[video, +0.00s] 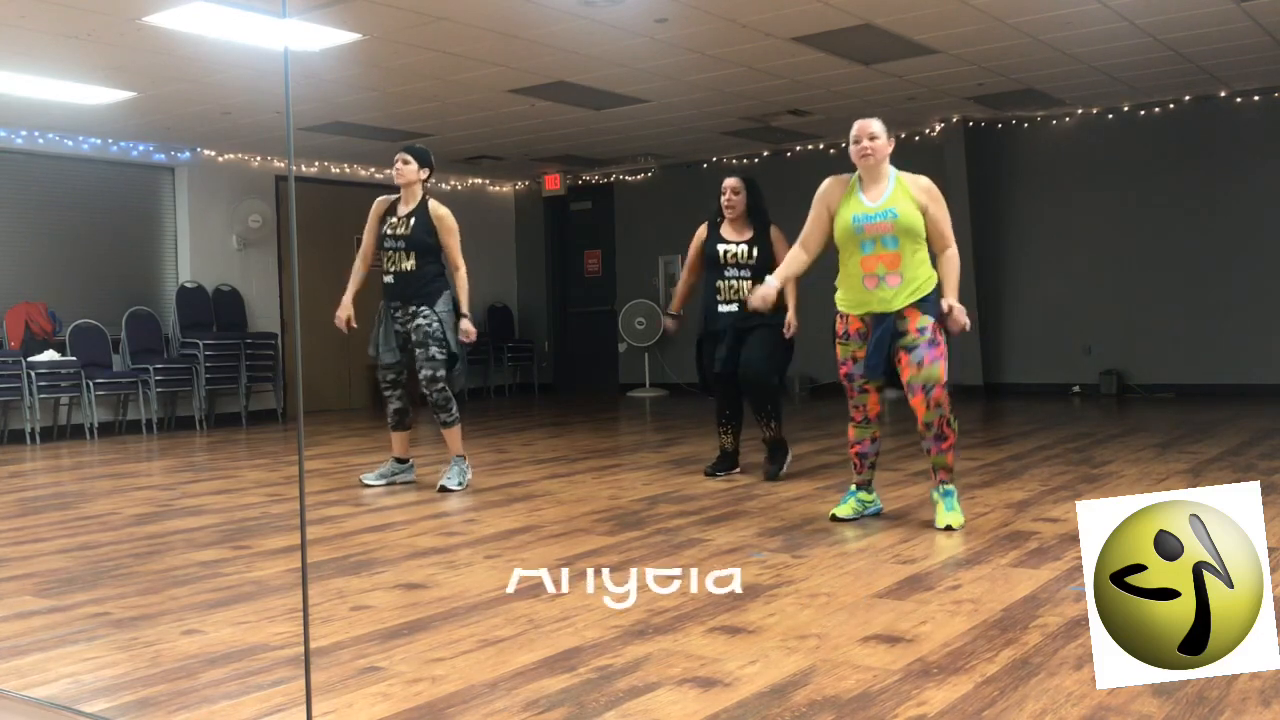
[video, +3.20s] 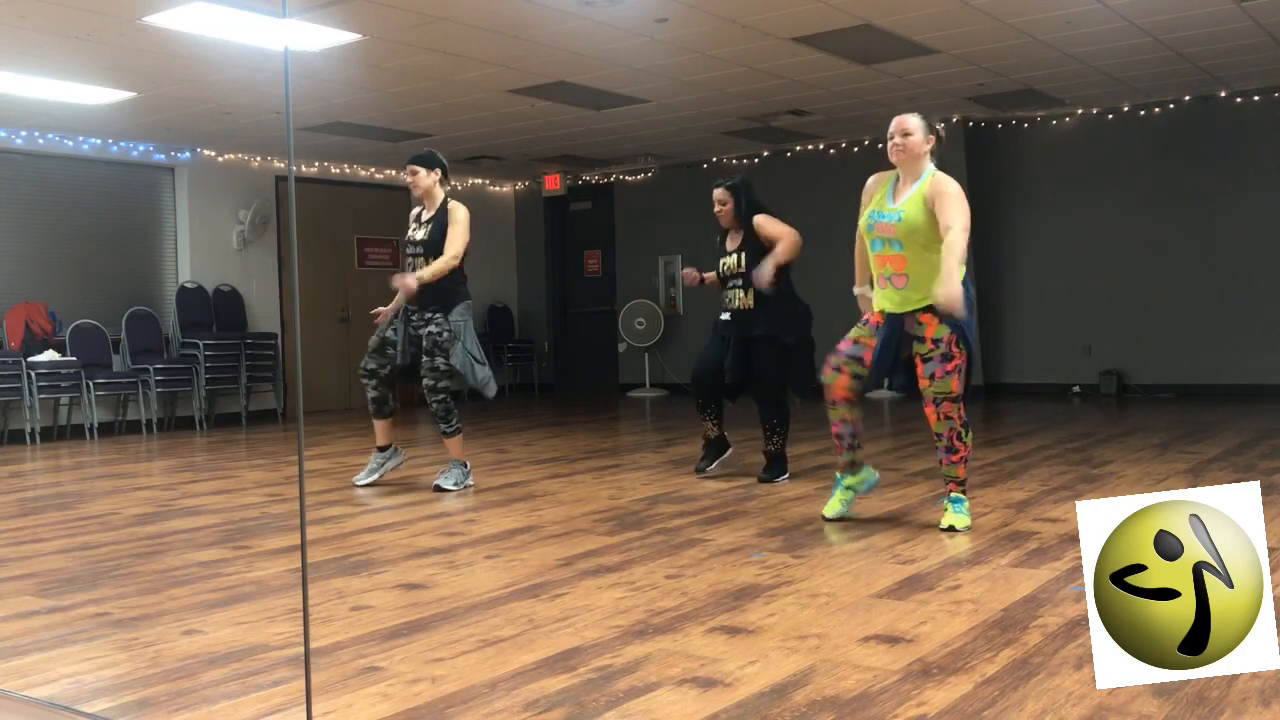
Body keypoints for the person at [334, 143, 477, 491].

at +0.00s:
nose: (397, 168)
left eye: (405, 163)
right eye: (395, 163)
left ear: (424, 172)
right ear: (392, 171)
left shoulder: (439, 214)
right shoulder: (382, 207)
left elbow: (457, 267)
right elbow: (364, 257)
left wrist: (464, 315)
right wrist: (347, 298)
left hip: (430, 310)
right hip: (392, 311)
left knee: (433, 383)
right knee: (392, 384)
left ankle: (459, 462)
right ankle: (400, 463)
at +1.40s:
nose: (386, 176)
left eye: (394, 172)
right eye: (385, 170)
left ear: (411, 182)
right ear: (382, 178)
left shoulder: (426, 219)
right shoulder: (366, 214)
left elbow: (444, 268)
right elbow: (346, 262)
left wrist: (441, 287)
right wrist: (327, 308)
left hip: (420, 312)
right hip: (382, 316)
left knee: (428, 378)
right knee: (380, 387)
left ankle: (454, 455)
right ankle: (400, 464)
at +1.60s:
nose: (392, 169)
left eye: (400, 164)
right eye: (391, 164)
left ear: (420, 171)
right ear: (391, 172)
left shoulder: (435, 209)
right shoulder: (384, 208)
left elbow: (441, 265)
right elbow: (384, 260)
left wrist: (398, 270)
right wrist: (376, 302)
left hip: (427, 310)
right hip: (390, 311)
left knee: (435, 386)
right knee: (392, 385)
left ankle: (456, 465)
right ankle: (400, 462)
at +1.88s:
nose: (394, 173)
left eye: (401, 168)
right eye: (392, 168)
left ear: (422, 174)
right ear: (393, 176)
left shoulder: (433, 205)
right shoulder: (400, 220)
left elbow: (443, 258)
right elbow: (407, 278)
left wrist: (424, 307)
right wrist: (380, 300)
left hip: (435, 308)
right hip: (402, 309)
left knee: (435, 383)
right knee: (373, 373)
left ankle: (456, 465)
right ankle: (391, 453)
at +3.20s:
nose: (407, 179)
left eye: (413, 173)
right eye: (406, 174)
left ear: (436, 174)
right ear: (412, 179)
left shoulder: (456, 211)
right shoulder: (416, 215)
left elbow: (452, 257)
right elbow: (415, 271)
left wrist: (417, 277)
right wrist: (394, 307)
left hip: (445, 314)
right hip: (412, 313)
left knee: (437, 385)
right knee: (374, 370)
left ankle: (459, 465)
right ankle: (386, 450)